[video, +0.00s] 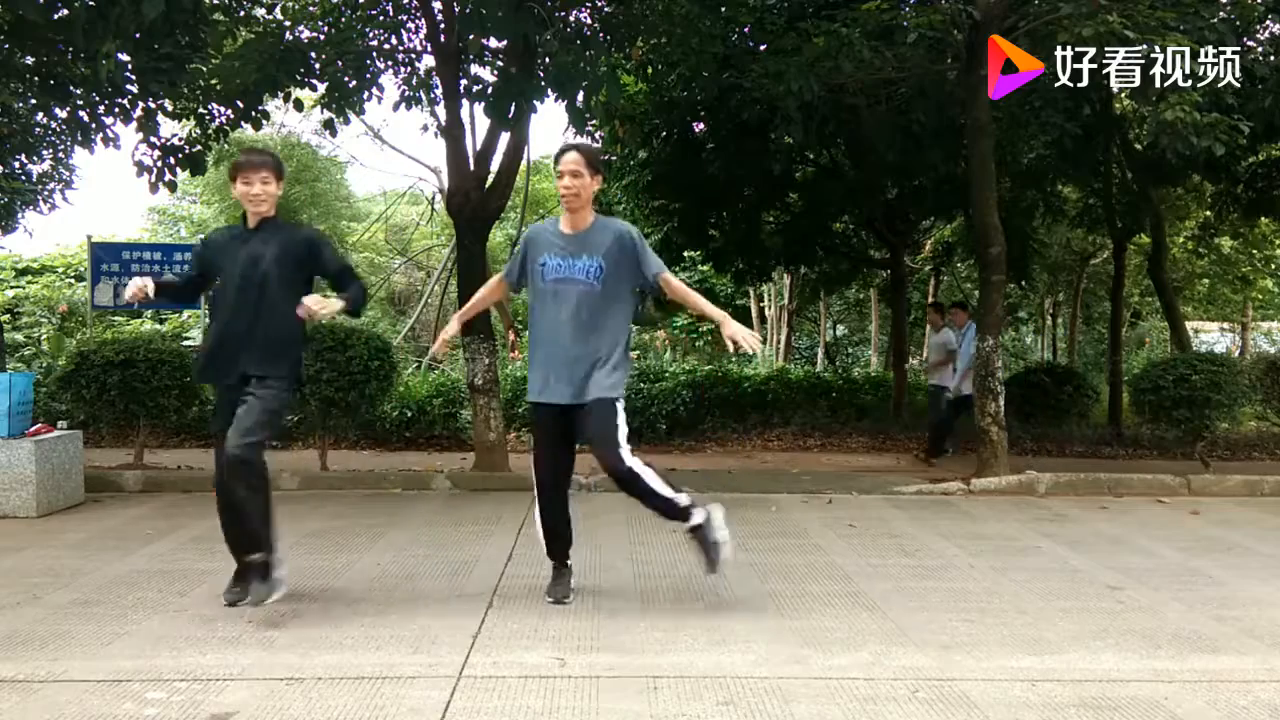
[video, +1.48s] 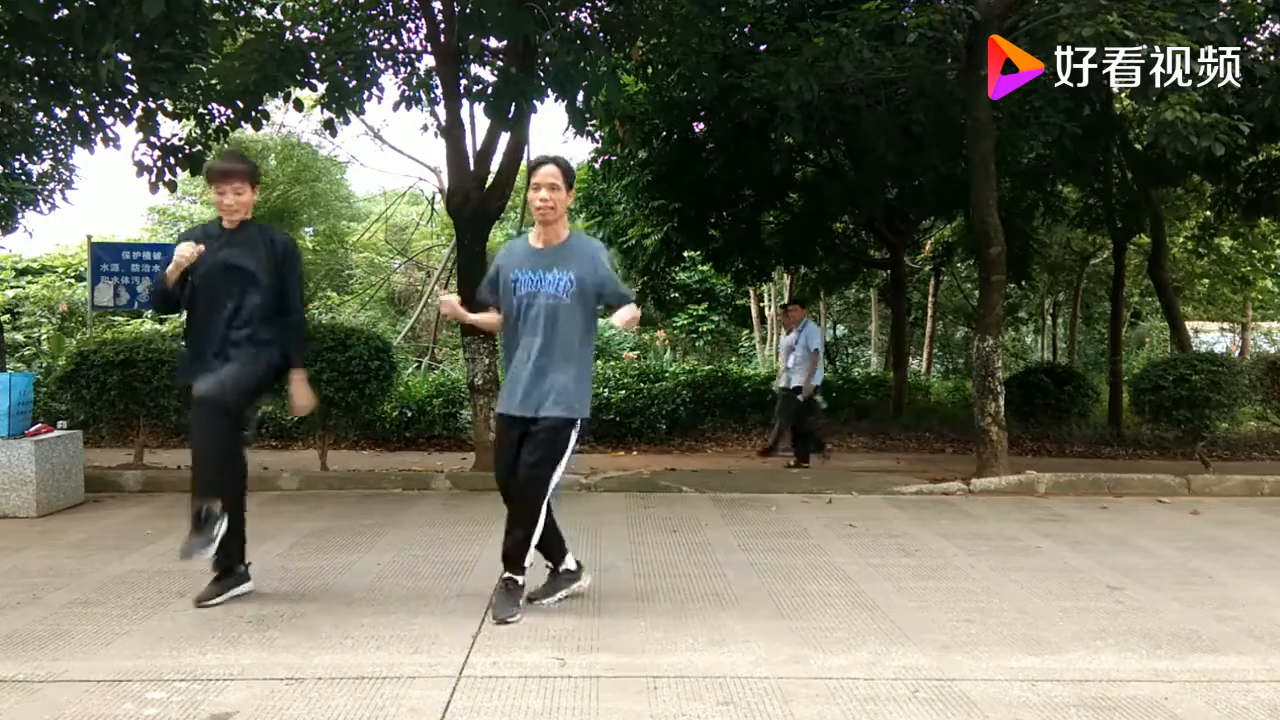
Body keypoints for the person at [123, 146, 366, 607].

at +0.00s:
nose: (257, 190)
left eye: (266, 181)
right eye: (248, 182)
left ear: (280, 186)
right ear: (235, 189)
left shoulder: (304, 241)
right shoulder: (219, 243)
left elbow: (355, 289)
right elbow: (189, 287)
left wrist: (336, 302)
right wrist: (152, 287)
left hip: (274, 372)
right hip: (227, 372)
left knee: (241, 450)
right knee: (225, 467)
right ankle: (245, 565)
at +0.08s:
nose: (252, 193)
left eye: (261, 184)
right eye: (243, 185)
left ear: (276, 189)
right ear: (230, 191)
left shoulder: (297, 245)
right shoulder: (213, 247)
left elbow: (329, 308)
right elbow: (199, 306)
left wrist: (315, 310)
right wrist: (156, 303)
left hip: (270, 377)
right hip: (221, 376)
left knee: (242, 469)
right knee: (213, 474)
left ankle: (218, 574)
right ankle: (262, 558)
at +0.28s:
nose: (227, 200)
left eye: (237, 193)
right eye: (222, 192)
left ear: (261, 201)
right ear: (215, 200)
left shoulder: (282, 259)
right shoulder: (200, 257)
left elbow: (323, 317)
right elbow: (178, 313)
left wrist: (296, 318)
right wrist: (134, 316)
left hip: (253, 395)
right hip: (206, 393)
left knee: (216, 486)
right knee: (215, 487)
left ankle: (199, 590)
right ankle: (268, 573)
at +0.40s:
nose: (214, 185)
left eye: (225, 178)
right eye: (211, 178)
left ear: (252, 186)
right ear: (207, 184)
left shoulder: (274, 234)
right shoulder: (196, 232)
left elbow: (346, 254)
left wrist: (319, 295)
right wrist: (113, 271)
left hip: (247, 369)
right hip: (203, 370)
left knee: (222, 472)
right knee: (218, 472)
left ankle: (252, 582)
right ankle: (242, 578)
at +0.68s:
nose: (207, 188)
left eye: (217, 179)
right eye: (202, 180)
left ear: (244, 185)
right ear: (198, 187)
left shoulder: (268, 236)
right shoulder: (187, 241)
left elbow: (319, 293)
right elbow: (167, 291)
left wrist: (295, 299)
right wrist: (129, 287)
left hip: (248, 377)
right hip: (198, 377)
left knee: (222, 473)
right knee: (198, 475)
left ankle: (210, 583)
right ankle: (257, 551)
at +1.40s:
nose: (221, 206)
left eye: (229, 197)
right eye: (213, 199)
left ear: (247, 200)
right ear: (204, 204)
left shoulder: (270, 252)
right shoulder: (197, 255)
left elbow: (287, 315)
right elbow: (168, 316)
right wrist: (175, 278)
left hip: (245, 375)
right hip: (202, 376)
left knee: (203, 439)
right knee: (208, 470)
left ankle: (200, 554)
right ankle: (232, 570)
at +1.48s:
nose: (231, 199)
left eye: (239, 190)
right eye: (223, 191)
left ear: (254, 192)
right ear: (213, 194)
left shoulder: (277, 245)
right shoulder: (197, 242)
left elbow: (293, 314)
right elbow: (164, 303)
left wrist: (298, 374)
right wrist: (175, 271)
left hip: (259, 353)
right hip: (208, 358)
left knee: (210, 394)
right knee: (225, 458)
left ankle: (208, 510)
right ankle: (233, 568)